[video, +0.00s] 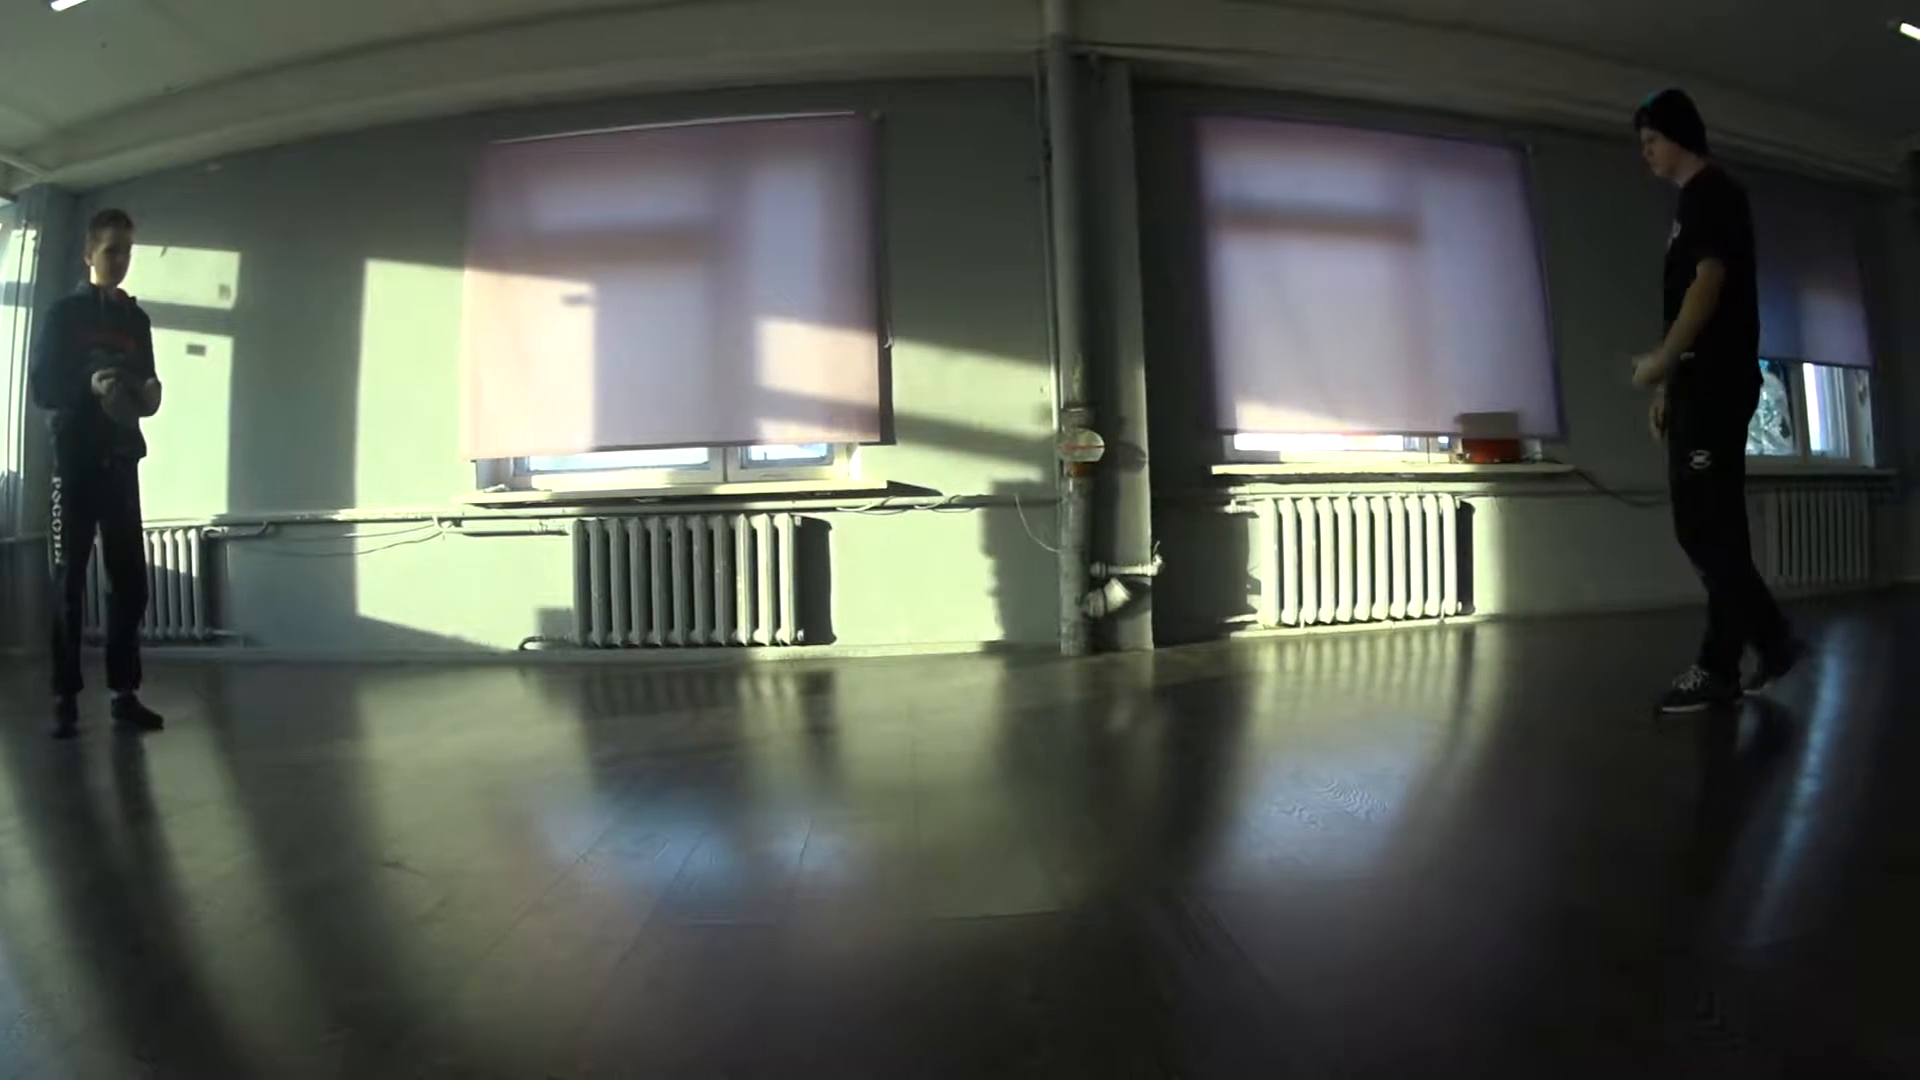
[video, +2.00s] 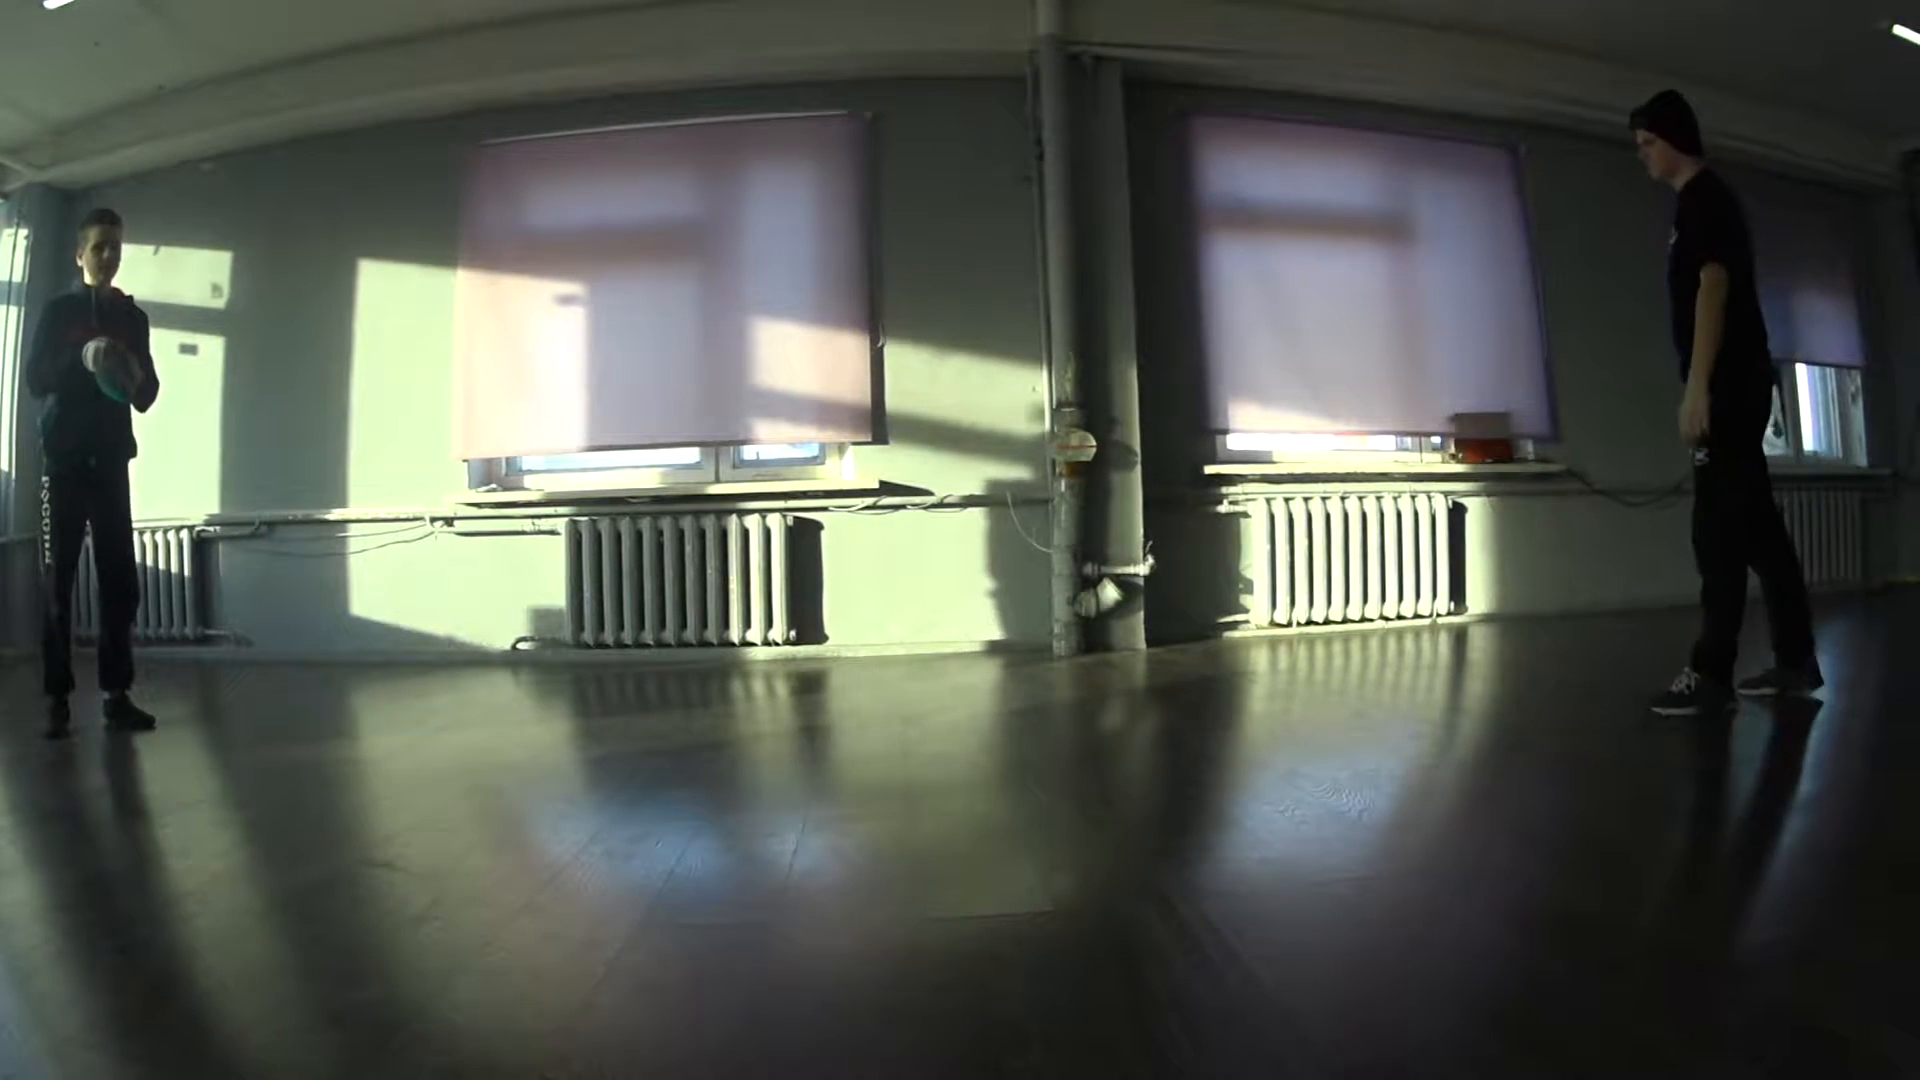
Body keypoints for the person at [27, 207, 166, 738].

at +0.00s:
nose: (120, 258)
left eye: (126, 250)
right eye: (111, 249)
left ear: (133, 253)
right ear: (89, 252)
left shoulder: (135, 317)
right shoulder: (64, 311)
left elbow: (151, 396)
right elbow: (42, 390)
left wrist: (139, 397)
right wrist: (88, 389)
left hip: (121, 458)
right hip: (76, 457)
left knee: (130, 578)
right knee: (71, 578)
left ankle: (125, 696)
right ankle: (65, 700)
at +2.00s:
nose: (109, 255)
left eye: (115, 246)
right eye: (101, 246)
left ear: (122, 252)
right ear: (80, 253)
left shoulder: (133, 315)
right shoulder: (60, 308)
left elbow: (147, 397)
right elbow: (35, 381)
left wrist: (128, 364)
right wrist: (79, 355)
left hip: (112, 458)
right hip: (65, 456)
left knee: (118, 576)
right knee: (59, 577)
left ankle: (117, 696)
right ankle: (58, 700)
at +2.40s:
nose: (106, 260)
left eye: (112, 252)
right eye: (98, 251)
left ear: (118, 256)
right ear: (77, 254)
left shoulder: (129, 311)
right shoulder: (55, 308)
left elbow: (166, 361)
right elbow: (36, 356)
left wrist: (157, 313)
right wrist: (86, 314)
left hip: (109, 460)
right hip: (61, 459)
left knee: (117, 579)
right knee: (56, 580)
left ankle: (115, 696)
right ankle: (56, 700)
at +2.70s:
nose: (108, 259)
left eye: (116, 250)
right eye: (99, 249)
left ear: (123, 255)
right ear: (80, 252)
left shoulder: (130, 308)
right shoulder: (58, 302)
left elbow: (173, 276)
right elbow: (43, 274)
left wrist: (143, 231)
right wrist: (78, 229)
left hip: (109, 456)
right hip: (62, 454)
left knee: (117, 582)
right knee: (57, 579)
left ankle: (115, 697)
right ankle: (55, 701)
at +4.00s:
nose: (108, 261)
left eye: (112, 253)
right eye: (101, 251)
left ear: (111, 256)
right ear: (78, 252)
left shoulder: (117, 307)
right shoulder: (50, 301)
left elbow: (162, 271)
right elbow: (40, 264)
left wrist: (129, 229)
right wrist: (67, 223)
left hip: (103, 454)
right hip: (57, 451)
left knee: (113, 579)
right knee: (54, 575)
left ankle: (111, 697)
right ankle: (50, 702)